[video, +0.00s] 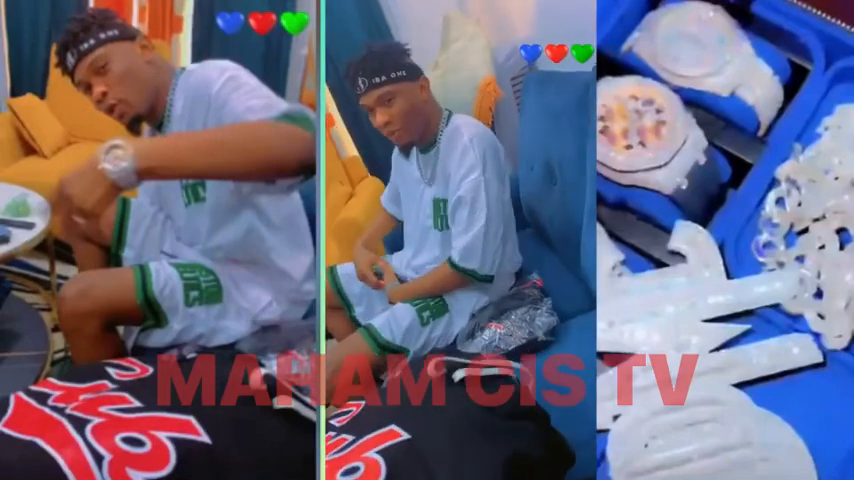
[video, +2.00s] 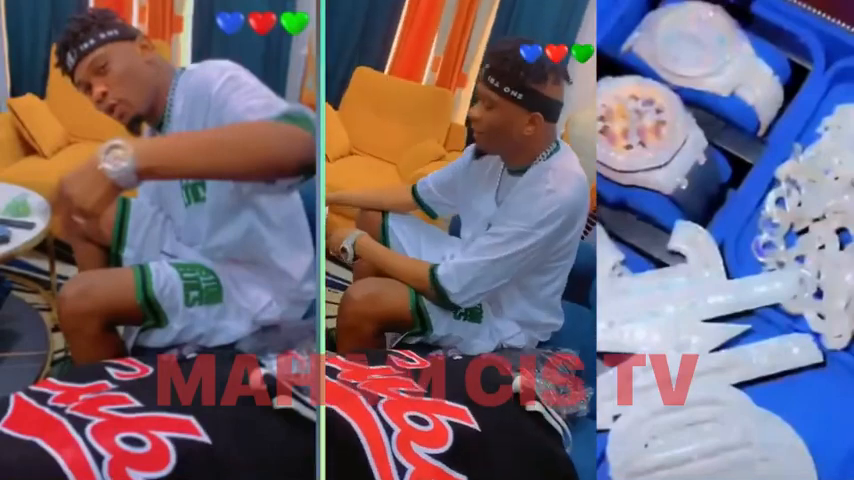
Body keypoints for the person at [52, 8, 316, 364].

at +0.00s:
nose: (98, 94)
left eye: (102, 70)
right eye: (87, 89)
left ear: (144, 48)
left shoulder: (212, 81)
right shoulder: (152, 133)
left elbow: (299, 145)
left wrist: (132, 160)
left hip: (259, 280)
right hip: (190, 251)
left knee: (80, 300)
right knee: (85, 215)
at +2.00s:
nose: (98, 94)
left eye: (102, 70)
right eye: (87, 89)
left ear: (144, 48)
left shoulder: (213, 81)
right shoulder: (152, 133)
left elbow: (298, 146)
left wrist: (132, 160)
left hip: (260, 280)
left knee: (80, 300)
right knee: (85, 215)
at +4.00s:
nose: (97, 94)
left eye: (102, 70)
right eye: (87, 89)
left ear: (144, 48)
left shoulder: (214, 81)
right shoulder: (153, 135)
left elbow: (298, 145)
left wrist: (131, 161)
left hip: (261, 278)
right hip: (192, 252)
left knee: (80, 300)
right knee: (84, 215)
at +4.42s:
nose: (97, 94)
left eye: (102, 70)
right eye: (87, 89)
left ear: (145, 48)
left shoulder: (213, 81)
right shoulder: (153, 134)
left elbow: (298, 146)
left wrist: (131, 160)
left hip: (262, 279)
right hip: (192, 252)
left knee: (80, 300)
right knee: (83, 213)